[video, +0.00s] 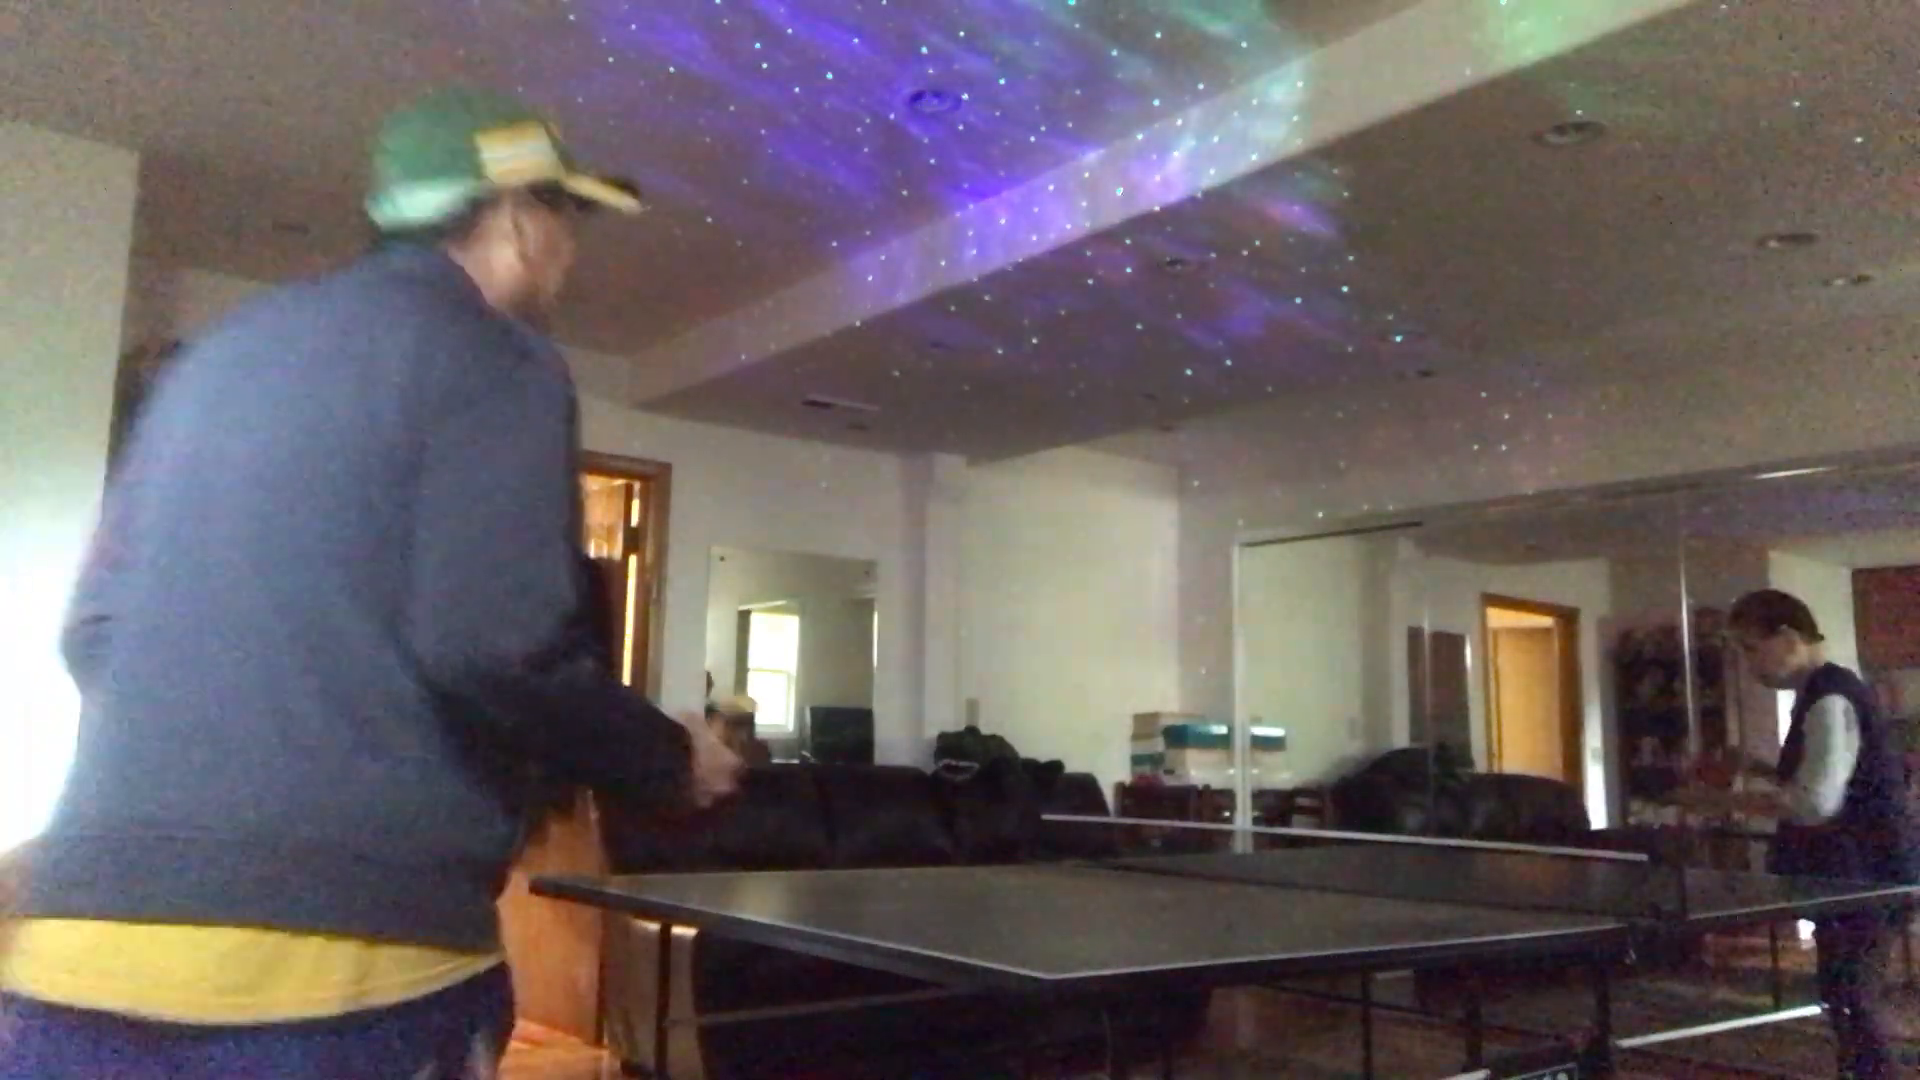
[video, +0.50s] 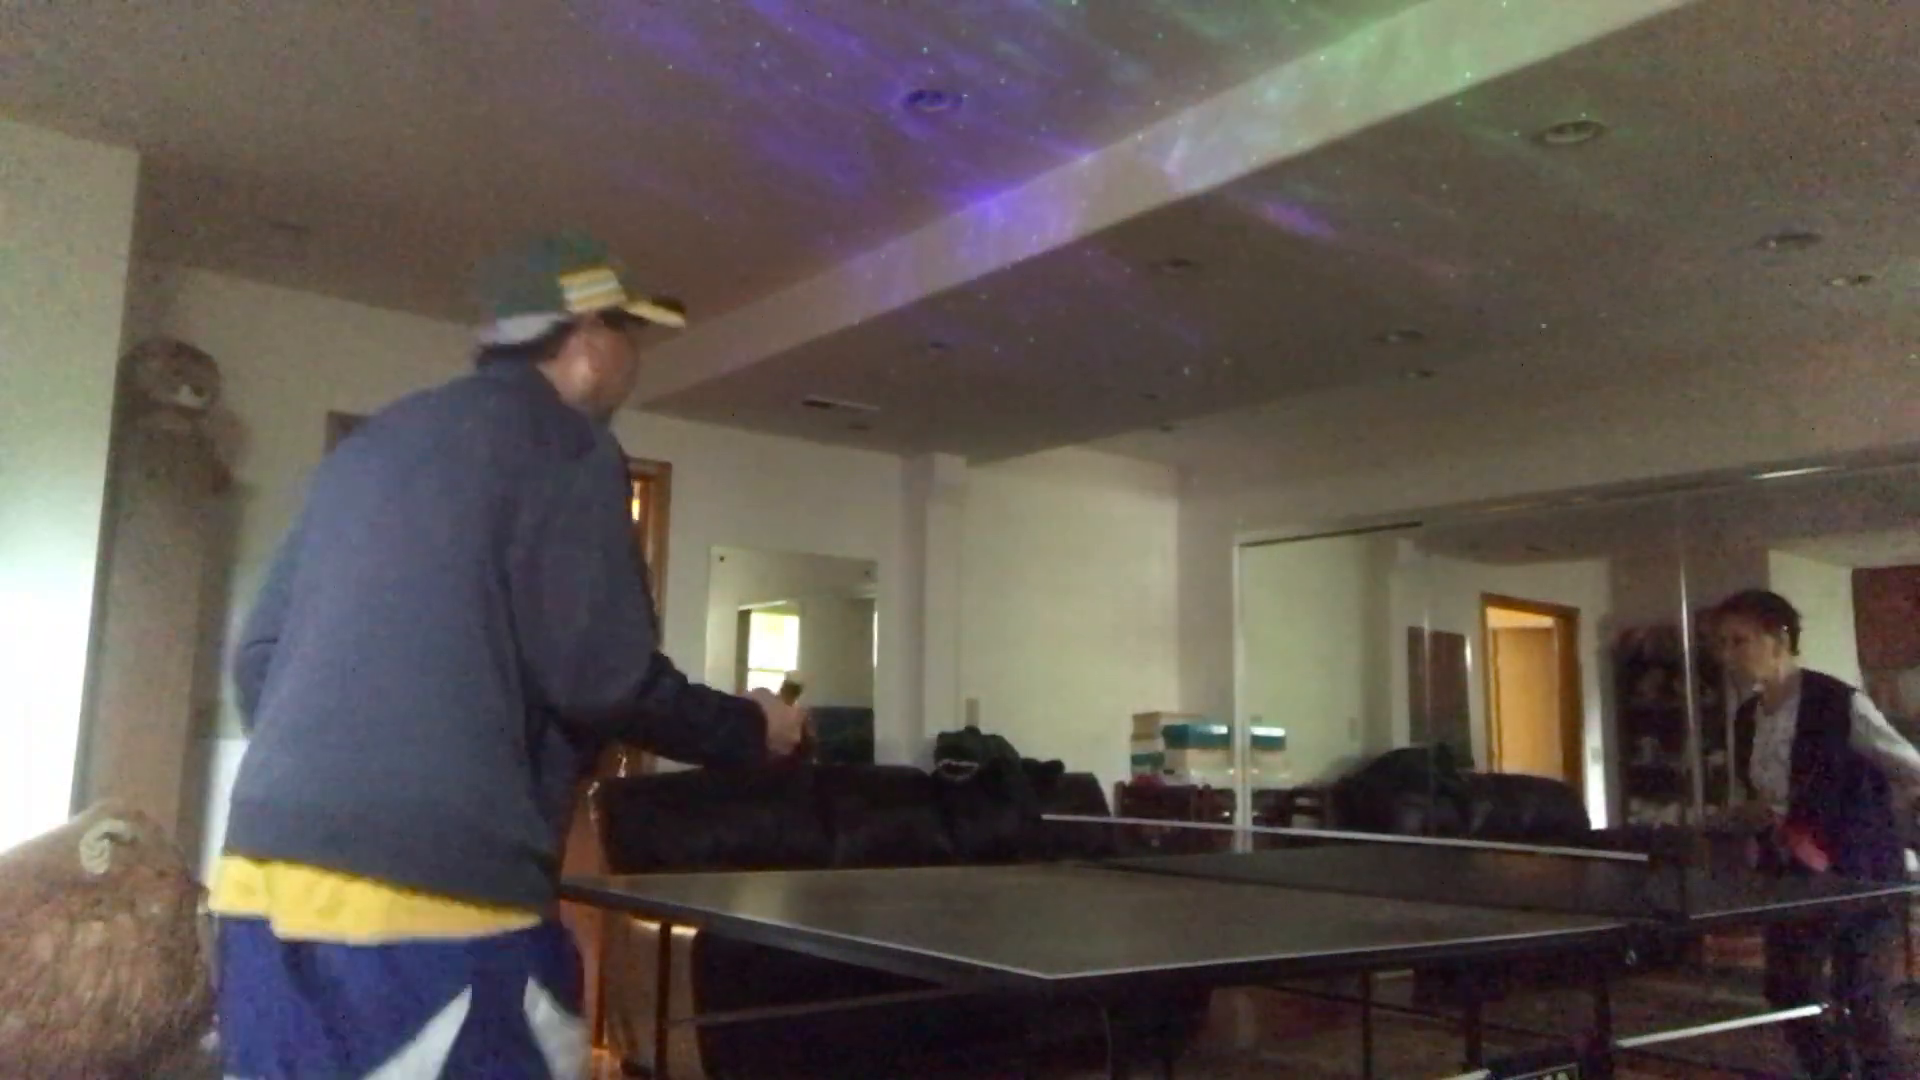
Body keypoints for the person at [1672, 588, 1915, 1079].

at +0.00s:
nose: (1748, 664)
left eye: (1751, 648)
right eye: (1744, 652)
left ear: (1786, 637)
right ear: (1791, 640)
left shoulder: (1831, 696)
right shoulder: (1821, 694)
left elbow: (1817, 802)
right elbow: (1804, 786)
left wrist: (1734, 798)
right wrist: (1746, 769)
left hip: (1861, 887)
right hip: (1848, 886)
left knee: (1853, 1006)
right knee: (1849, 1004)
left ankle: (1870, 1072)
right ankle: (1867, 1071)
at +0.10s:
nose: (1747, 664)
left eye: (1750, 649)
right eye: (1743, 653)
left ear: (1783, 637)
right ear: (1788, 639)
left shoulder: (1828, 692)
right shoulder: (1819, 691)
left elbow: (1782, 790)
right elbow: (1790, 774)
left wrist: (1735, 776)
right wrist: (1736, 752)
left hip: (1866, 886)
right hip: (1848, 884)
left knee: (1862, 1012)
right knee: (1852, 1008)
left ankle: (1876, 1070)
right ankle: (1864, 1068)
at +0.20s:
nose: (1742, 661)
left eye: (1744, 645)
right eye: (1738, 649)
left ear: (1778, 635)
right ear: (1784, 636)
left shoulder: (1834, 692)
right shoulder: (1808, 700)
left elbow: (1780, 783)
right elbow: (1763, 789)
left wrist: (1705, 775)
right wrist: (1690, 776)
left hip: (1862, 882)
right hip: (1836, 881)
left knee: (1857, 1002)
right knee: (1849, 1001)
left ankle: (1873, 1072)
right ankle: (1868, 1071)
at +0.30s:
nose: (1735, 655)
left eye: (1740, 641)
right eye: (1732, 644)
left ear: (1778, 632)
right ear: (1772, 637)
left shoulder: (1840, 697)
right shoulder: (1771, 712)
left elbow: (1846, 791)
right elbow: (1759, 789)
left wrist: (1756, 780)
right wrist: (1713, 779)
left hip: (1866, 877)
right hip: (1818, 877)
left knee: (1859, 997)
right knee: (1830, 988)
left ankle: (1881, 1068)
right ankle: (1866, 1066)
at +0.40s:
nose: (1730, 654)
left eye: (1739, 639)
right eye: (1726, 642)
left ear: (1780, 634)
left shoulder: (1837, 696)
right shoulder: (1757, 714)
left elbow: (1905, 786)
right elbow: (1764, 797)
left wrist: (1830, 791)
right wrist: (1745, 806)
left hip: (1860, 879)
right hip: (1797, 878)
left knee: (1862, 1010)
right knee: (1806, 1006)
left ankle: (1878, 1070)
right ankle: (1842, 1067)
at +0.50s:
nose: (1728, 656)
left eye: (1739, 640)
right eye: (1724, 644)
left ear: (1780, 637)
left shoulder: (1838, 701)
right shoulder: (1745, 717)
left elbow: (1910, 768)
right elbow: (1749, 802)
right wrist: (1751, 817)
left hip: (1861, 875)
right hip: (1791, 878)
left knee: (1864, 1001)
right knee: (1787, 996)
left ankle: (1880, 1069)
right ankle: (1824, 1068)